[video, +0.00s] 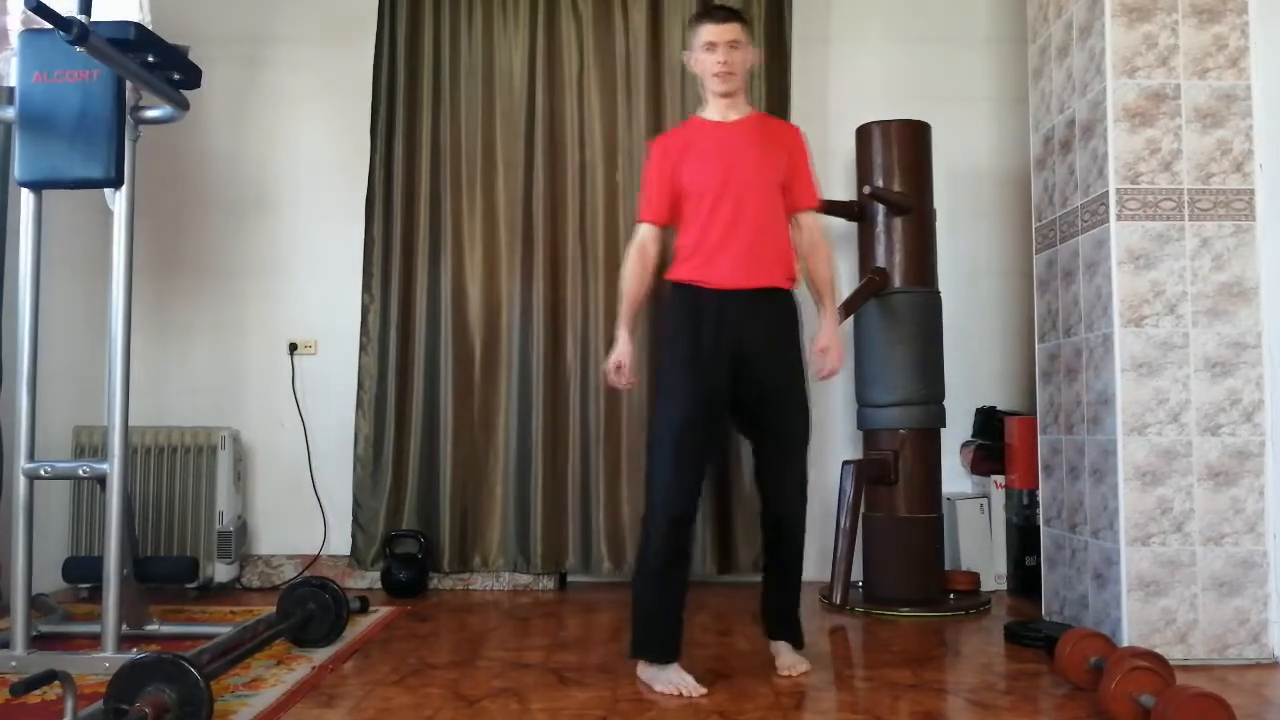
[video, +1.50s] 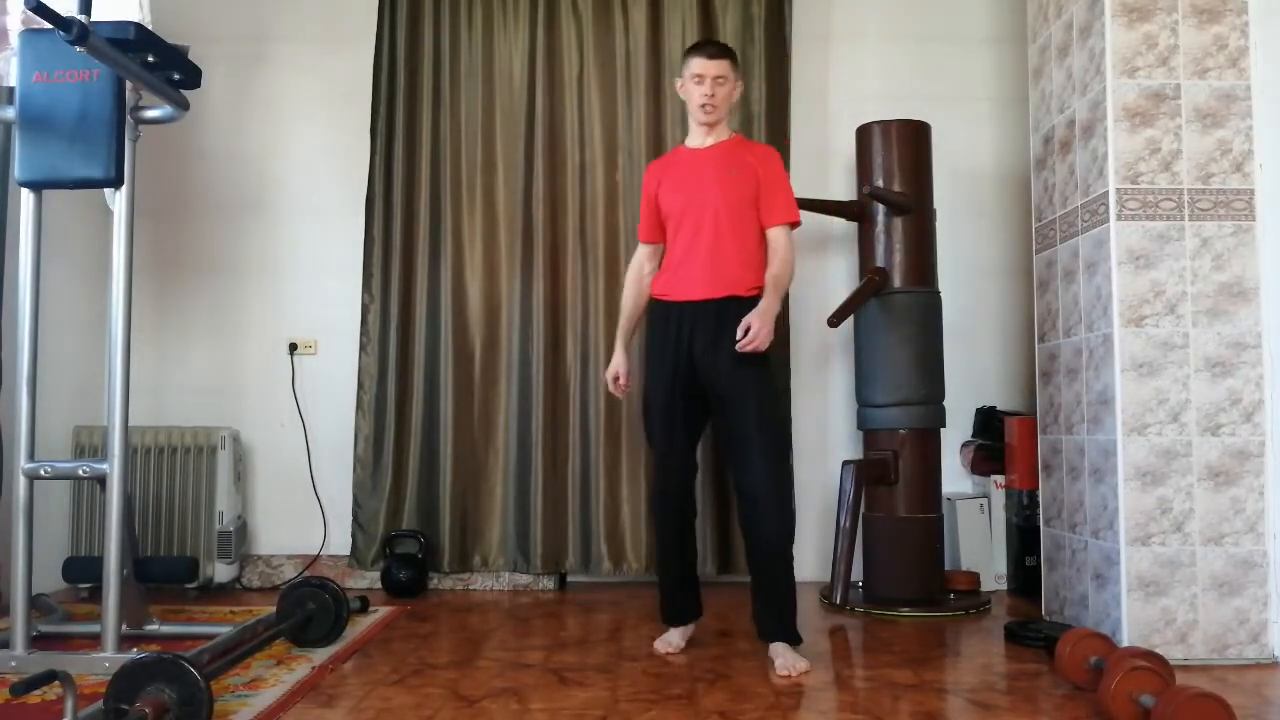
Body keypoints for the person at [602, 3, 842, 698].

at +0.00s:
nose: (723, 57)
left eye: (734, 45)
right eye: (710, 47)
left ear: (753, 56)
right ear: (691, 61)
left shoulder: (783, 137)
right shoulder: (671, 145)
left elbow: (809, 230)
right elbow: (646, 243)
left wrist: (829, 316)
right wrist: (624, 331)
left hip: (771, 319)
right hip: (691, 319)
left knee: (786, 487)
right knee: (674, 493)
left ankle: (783, 633)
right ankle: (655, 655)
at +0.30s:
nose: (770, 73)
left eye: (783, 61)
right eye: (759, 60)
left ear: (801, 69)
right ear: (740, 66)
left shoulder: (824, 145)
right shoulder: (713, 151)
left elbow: (849, 235)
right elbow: (687, 245)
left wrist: (846, 308)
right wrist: (681, 246)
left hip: (789, 323)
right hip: (716, 321)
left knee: (792, 485)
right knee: (693, 478)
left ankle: (788, 635)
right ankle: (674, 639)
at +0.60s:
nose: (783, 79)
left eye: (795, 68)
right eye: (772, 66)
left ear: (814, 73)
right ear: (754, 68)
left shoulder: (833, 151)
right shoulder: (724, 146)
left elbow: (845, 247)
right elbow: (697, 239)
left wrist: (839, 328)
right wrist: (722, 173)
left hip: (793, 324)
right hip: (721, 320)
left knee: (792, 485)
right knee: (683, 469)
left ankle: (787, 636)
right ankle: (666, 615)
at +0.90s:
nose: (771, 81)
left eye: (784, 70)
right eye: (762, 68)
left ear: (800, 78)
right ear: (741, 71)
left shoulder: (816, 155)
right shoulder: (709, 149)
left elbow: (832, 250)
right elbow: (685, 240)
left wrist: (842, 334)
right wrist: (713, 185)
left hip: (777, 324)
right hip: (707, 322)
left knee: (785, 482)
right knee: (685, 473)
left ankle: (786, 636)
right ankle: (684, 609)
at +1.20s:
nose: (738, 85)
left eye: (751, 74)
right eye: (727, 73)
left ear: (767, 82)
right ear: (709, 79)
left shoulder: (787, 156)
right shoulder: (684, 162)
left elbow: (807, 247)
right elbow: (663, 245)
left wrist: (806, 328)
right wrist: (654, 305)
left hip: (758, 324)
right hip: (688, 325)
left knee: (771, 483)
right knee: (679, 478)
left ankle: (783, 635)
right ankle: (684, 613)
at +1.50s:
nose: (709, 90)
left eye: (720, 80)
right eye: (698, 80)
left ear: (737, 89)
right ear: (681, 88)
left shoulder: (761, 160)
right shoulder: (660, 172)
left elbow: (782, 247)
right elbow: (644, 263)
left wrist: (770, 306)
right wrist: (621, 344)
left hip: (741, 327)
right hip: (669, 330)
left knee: (763, 483)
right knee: (670, 482)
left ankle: (780, 634)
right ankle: (680, 616)